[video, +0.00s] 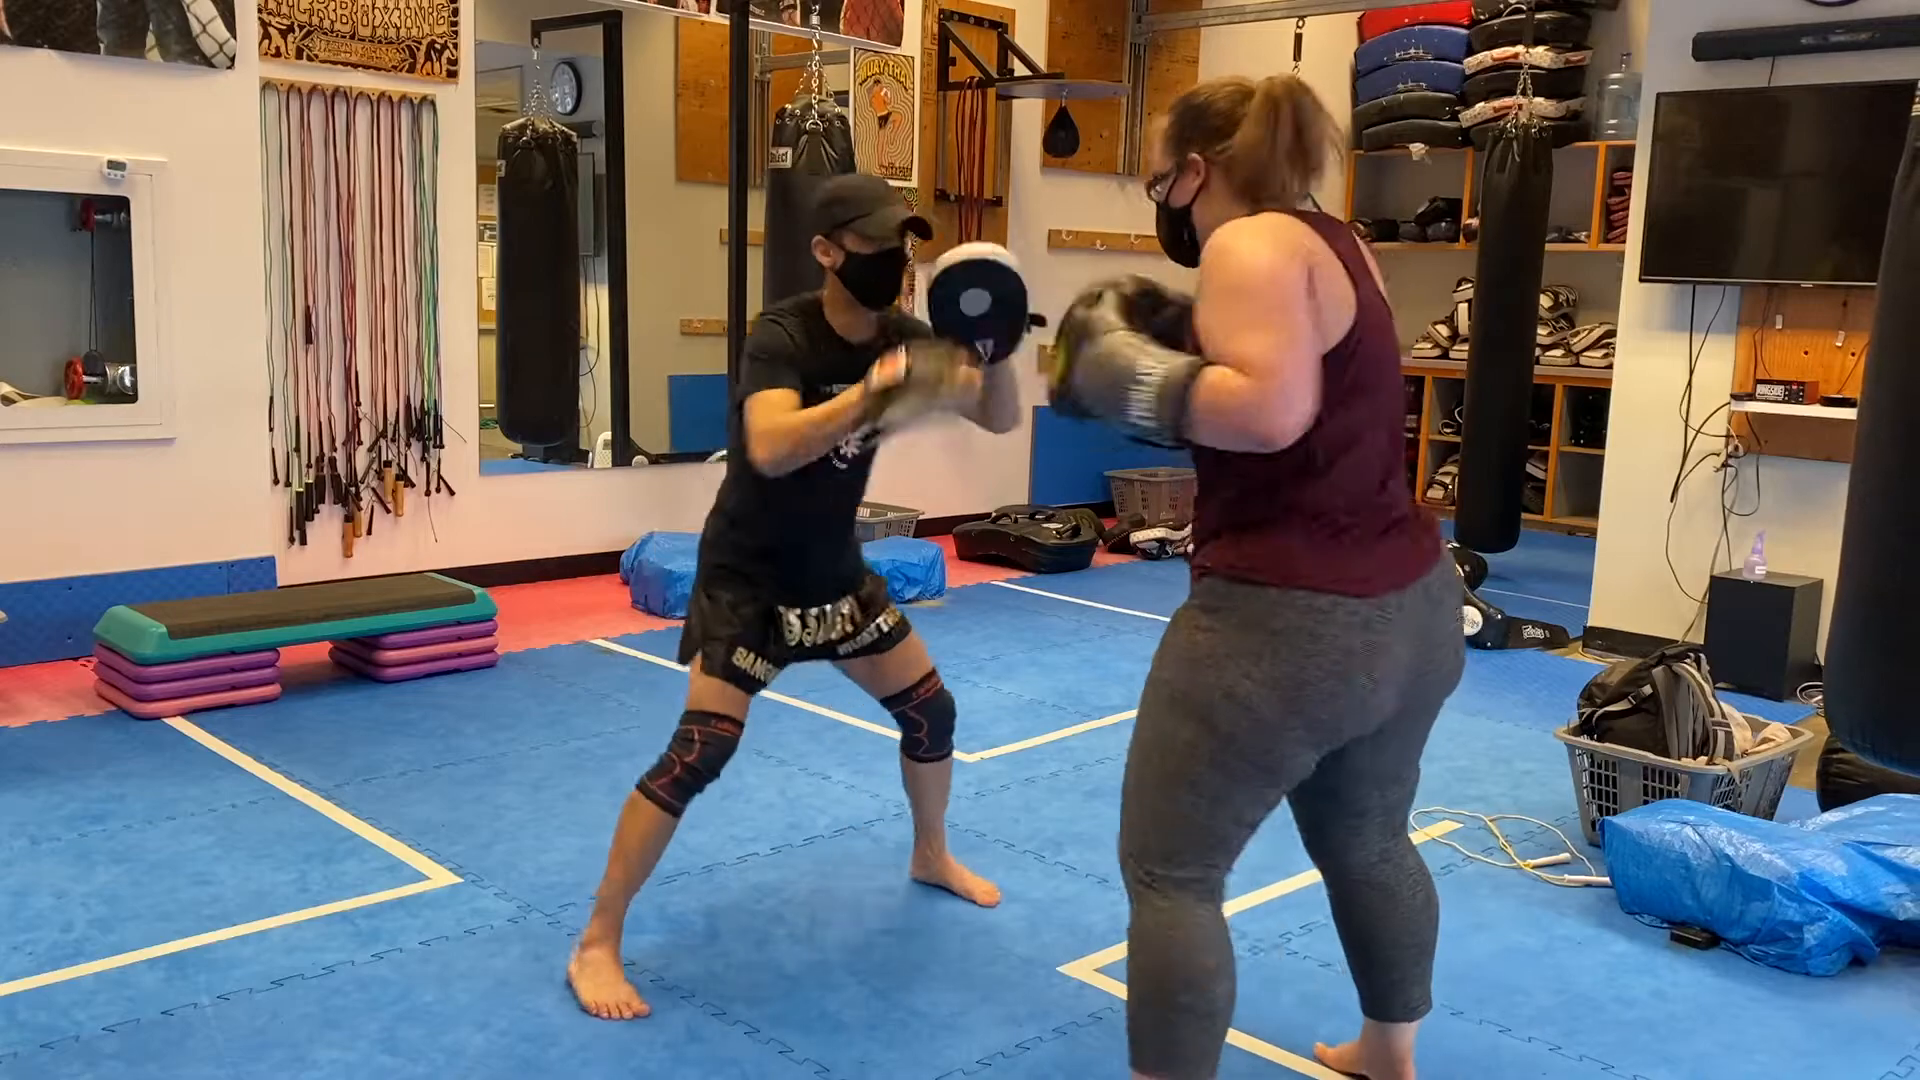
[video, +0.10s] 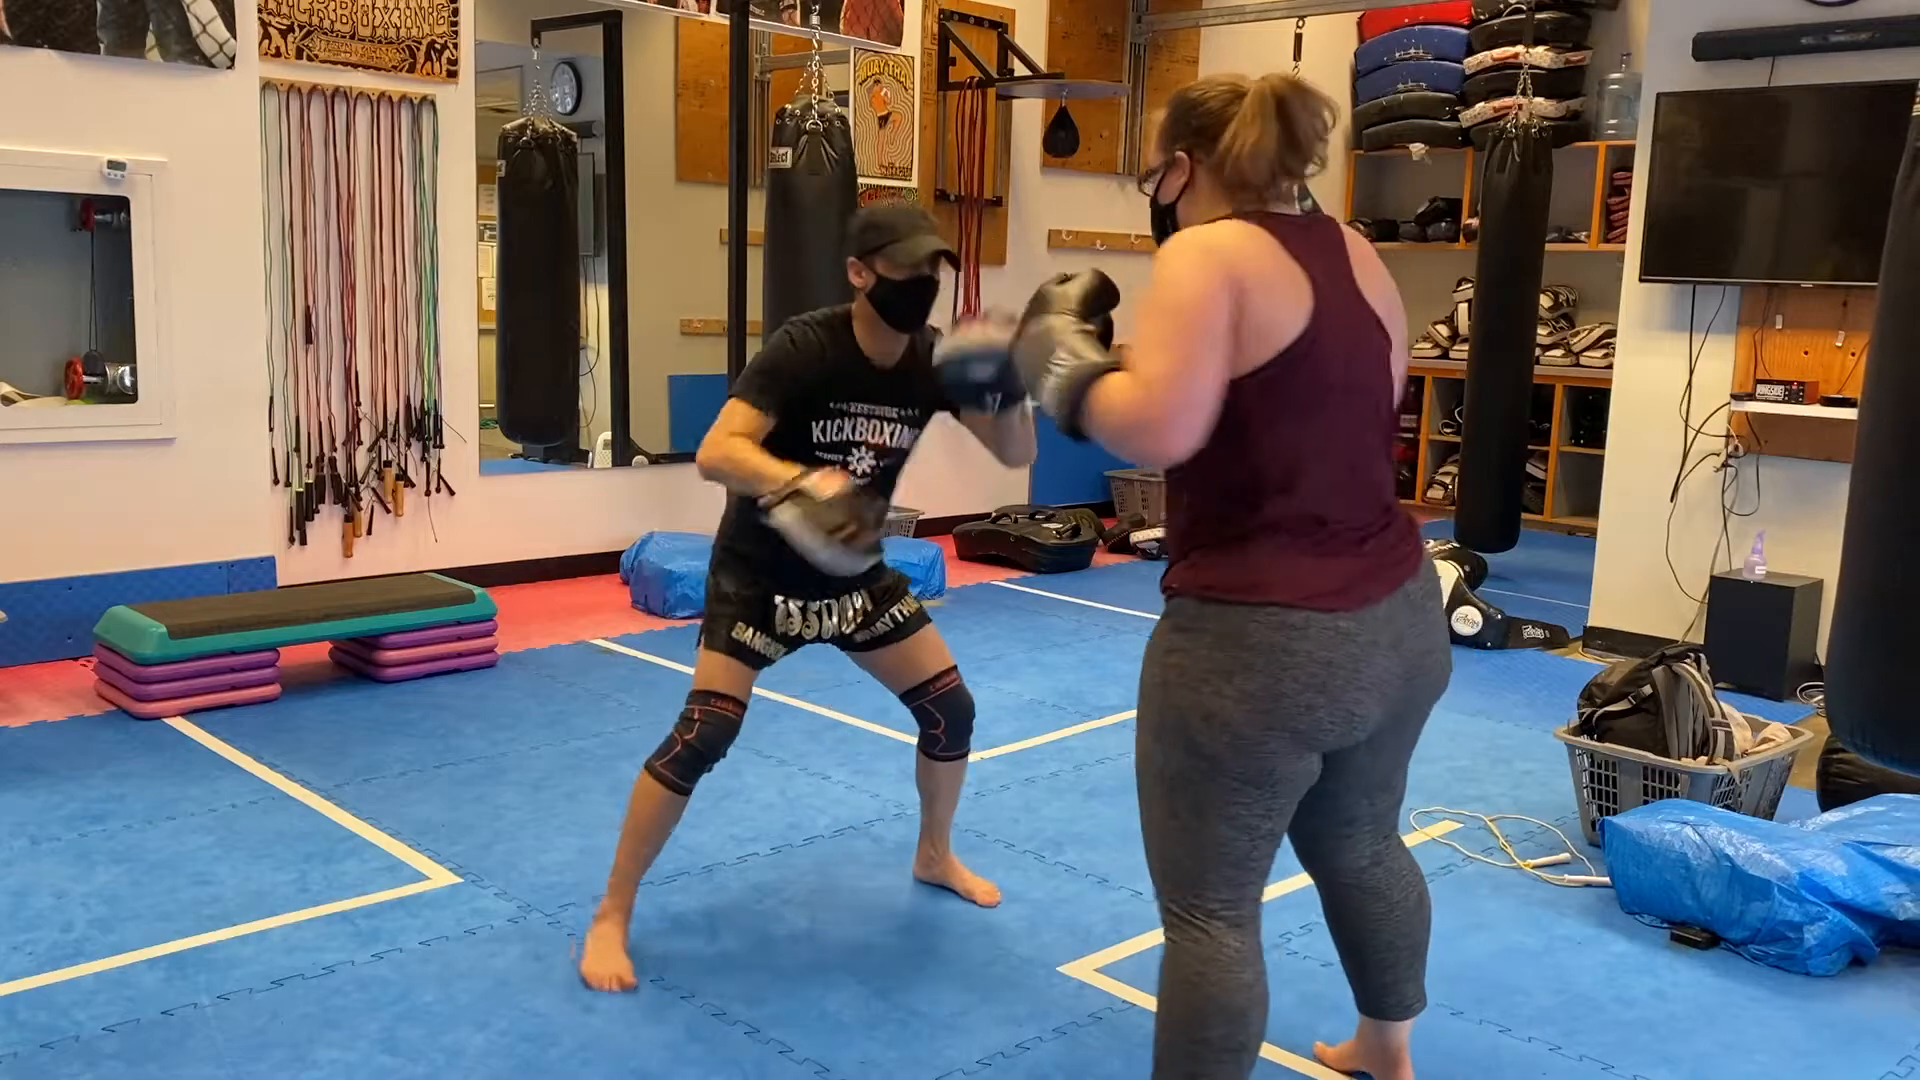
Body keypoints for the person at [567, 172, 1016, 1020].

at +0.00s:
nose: (898, 263)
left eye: (902, 247)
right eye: (880, 250)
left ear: (908, 243)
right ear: (829, 250)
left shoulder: (904, 338)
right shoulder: (777, 335)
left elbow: (1001, 417)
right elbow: (769, 448)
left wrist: (993, 340)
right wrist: (872, 392)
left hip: (834, 562)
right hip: (747, 566)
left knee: (929, 712)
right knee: (704, 745)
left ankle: (932, 856)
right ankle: (599, 941)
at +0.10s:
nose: (924, 296)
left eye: (933, 280)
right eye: (907, 282)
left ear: (944, 271)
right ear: (860, 274)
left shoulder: (933, 364)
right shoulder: (803, 346)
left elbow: (1017, 452)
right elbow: (716, 452)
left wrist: (1005, 372)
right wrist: (803, 482)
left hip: (856, 567)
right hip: (759, 563)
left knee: (948, 709)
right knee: (709, 728)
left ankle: (936, 854)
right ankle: (612, 916)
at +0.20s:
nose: (926, 297)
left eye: (933, 282)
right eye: (909, 284)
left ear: (942, 282)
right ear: (862, 285)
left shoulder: (942, 374)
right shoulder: (794, 360)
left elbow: (1003, 478)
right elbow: (704, 443)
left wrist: (982, 440)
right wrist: (732, 505)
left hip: (867, 582)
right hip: (770, 585)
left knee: (952, 713)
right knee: (704, 734)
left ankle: (936, 856)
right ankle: (602, 864)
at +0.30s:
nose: (887, 288)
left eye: (893, 273)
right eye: (869, 276)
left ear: (900, 273)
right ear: (818, 278)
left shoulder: (907, 369)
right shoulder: (756, 359)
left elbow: (957, 445)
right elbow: (687, 419)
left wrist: (958, 469)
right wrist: (686, 473)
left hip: (847, 577)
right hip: (749, 579)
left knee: (936, 709)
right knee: (666, 733)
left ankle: (936, 855)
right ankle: (599, 818)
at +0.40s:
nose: (822, 274)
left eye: (831, 260)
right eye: (806, 261)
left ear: (841, 261)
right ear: (761, 261)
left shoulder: (853, 357)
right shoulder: (703, 343)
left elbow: (895, 431)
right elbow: (640, 411)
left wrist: (909, 464)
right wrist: (634, 458)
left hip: (806, 568)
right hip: (702, 567)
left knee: (895, 710)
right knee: (622, 725)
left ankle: (933, 855)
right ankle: (610, 810)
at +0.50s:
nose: (763, 266)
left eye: (771, 253)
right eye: (747, 253)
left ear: (778, 253)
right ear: (701, 251)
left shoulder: (794, 346)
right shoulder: (645, 340)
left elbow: (831, 420)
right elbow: (577, 419)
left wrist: (846, 463)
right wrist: (583, 467)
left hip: (760, 560)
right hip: (658, 558)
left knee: (837, 706)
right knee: (593, 714)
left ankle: (912, 846)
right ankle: (608, 811)